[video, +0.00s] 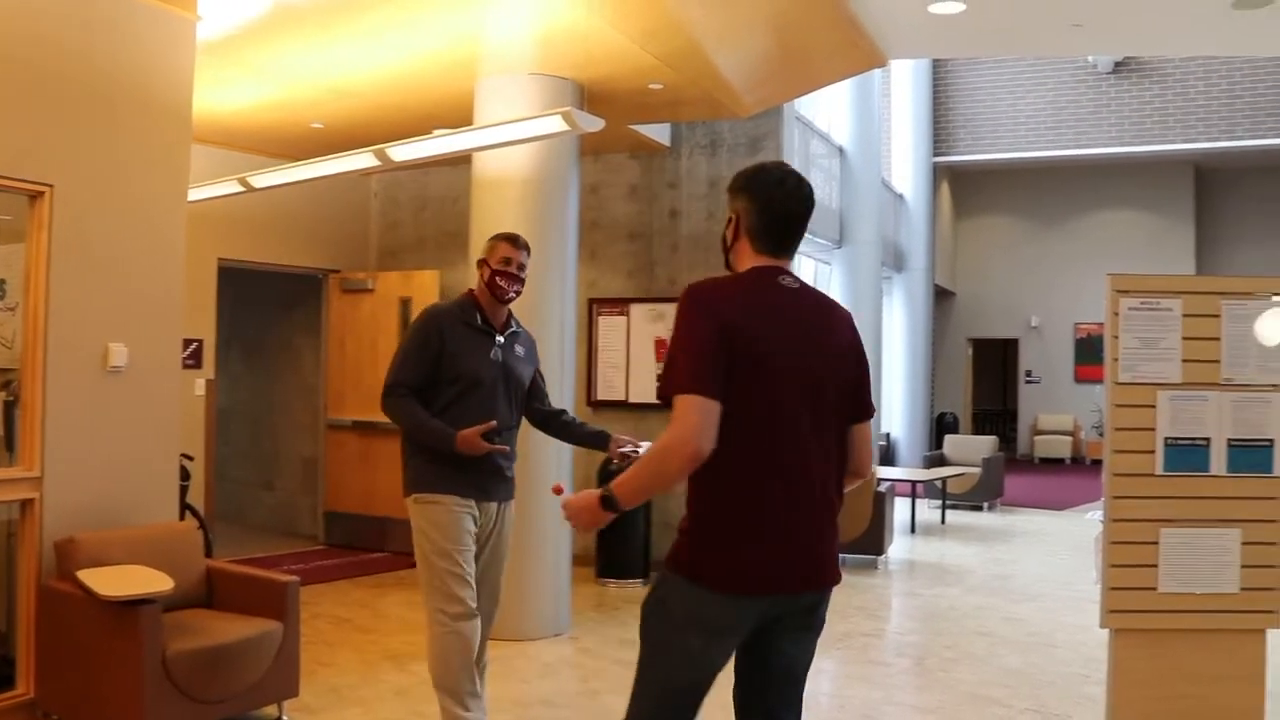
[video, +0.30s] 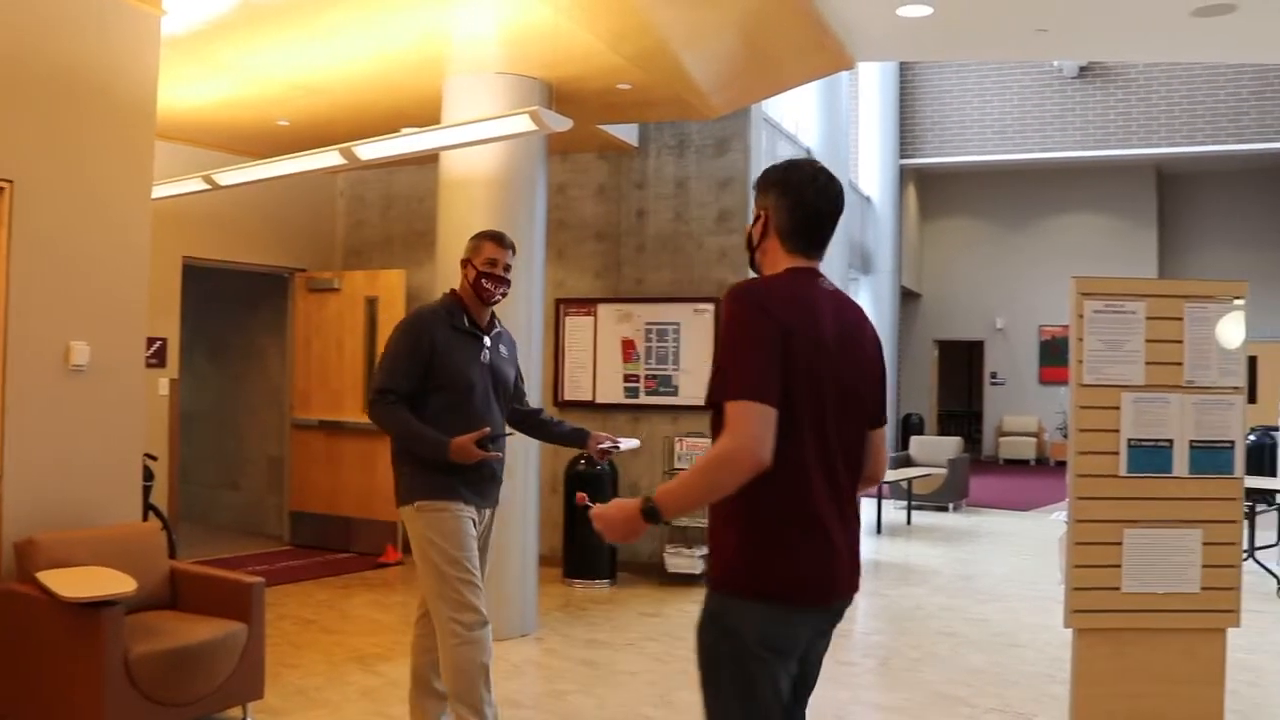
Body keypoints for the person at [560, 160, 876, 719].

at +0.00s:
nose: (724, 228)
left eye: (728, 216)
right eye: (728, 216)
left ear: (736, 224)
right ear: (797, 233)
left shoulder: (712, 300)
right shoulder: (837, 321)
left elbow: (692, 439)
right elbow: (858, 466)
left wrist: (605, 502)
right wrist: (795, 494)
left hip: (716, 567)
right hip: (806, 571)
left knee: (655, 714)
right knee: (774, 715)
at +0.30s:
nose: (749, 228)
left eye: (753, 214)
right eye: (755, 214)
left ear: (764, 222)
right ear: (824, 232)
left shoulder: (754, 301)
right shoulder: (857, 323)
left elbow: (748, 448)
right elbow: (872, 465)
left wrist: (644, 510)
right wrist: (790, 480)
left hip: (758, 581)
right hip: (828, 579)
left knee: (742, 710)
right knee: (783, 711)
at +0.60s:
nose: (761, 240)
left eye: (769, 226)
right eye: (762, 226)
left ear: (807, 231)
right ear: (820, 231)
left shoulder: (821, 315)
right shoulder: (880, 316)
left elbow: (824, 476)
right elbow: (897, 467)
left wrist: (699, 534)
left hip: (820, 596)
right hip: (852, 590)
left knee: (825, 714)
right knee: (776, 715)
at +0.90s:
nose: (793, 236)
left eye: (804, 219)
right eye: (794, 220)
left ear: (847, 224)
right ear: (847, 224)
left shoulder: (890, 312)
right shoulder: (876, 309)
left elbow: (912, 484)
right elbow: (896, 462)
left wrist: (783, 557)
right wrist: (816, 483)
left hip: (872, 610)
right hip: (842, 599)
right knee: (790, 715)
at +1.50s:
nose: (853, 218)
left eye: (859, 204)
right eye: (855, 204)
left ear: (886, 211)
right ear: (910, 213)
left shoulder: (933, 305)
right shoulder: (919, 299)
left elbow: (970, 470)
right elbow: (901, 445)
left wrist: (853, 548)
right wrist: (808, 454)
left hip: (900, 586)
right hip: (887, 579)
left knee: (874, 709)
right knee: (873, 707)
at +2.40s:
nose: (900, 232)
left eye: (911, 219)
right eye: (900, 220)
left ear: (952, 225)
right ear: (945, 226)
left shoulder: (995, 308)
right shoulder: (949, 312)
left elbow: (1034, 443)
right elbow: (925, 446)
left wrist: (936, 512)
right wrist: (837, 460)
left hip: (949, 569)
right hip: (906, 560)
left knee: (928, 712)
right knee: (905, 710)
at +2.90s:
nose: (914, 225)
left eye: (924, 211)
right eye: (915, 212)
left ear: (963, 220)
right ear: (957, 222)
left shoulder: (1034, 309)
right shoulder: (949, 306)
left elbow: (1082, 442)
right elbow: (933, 426)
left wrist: (991, 513)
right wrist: (834, 428)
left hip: (999, 566)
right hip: (923, 554)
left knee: (1009, 713)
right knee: (899, 711)